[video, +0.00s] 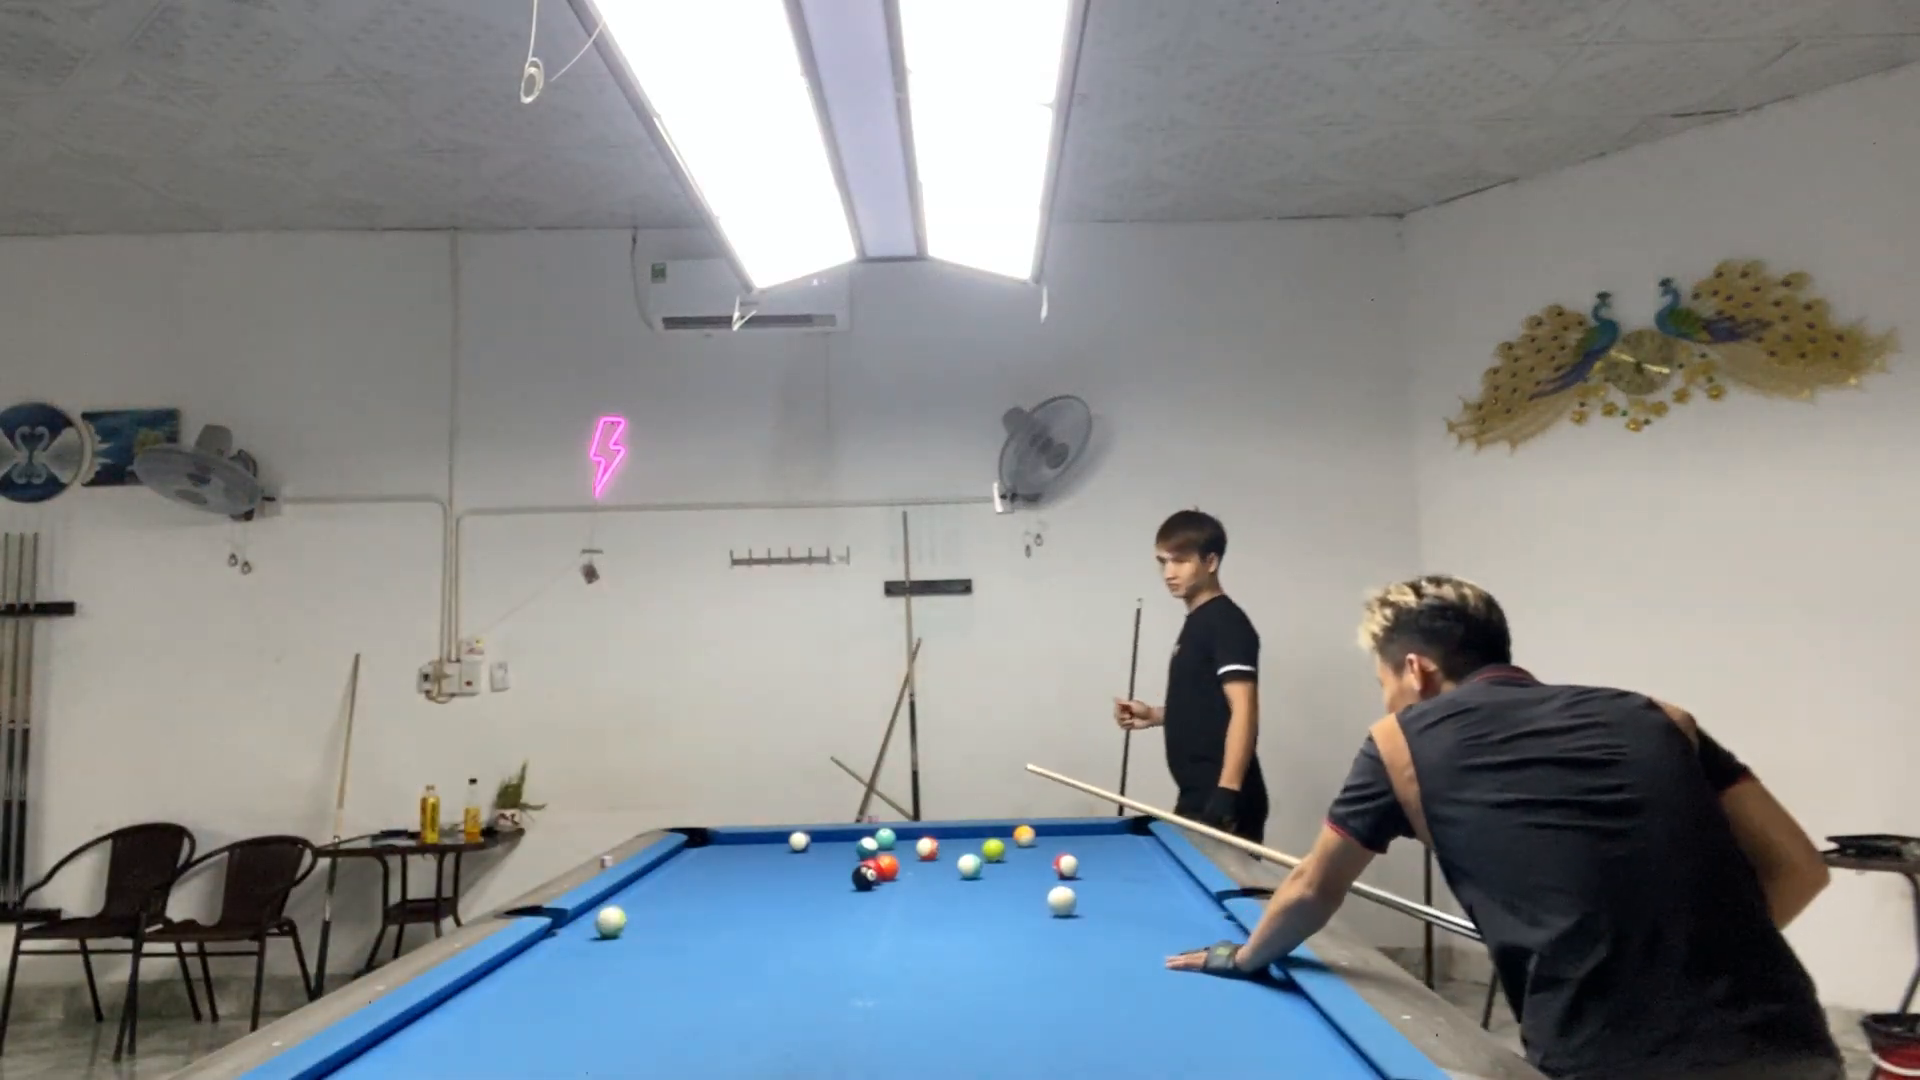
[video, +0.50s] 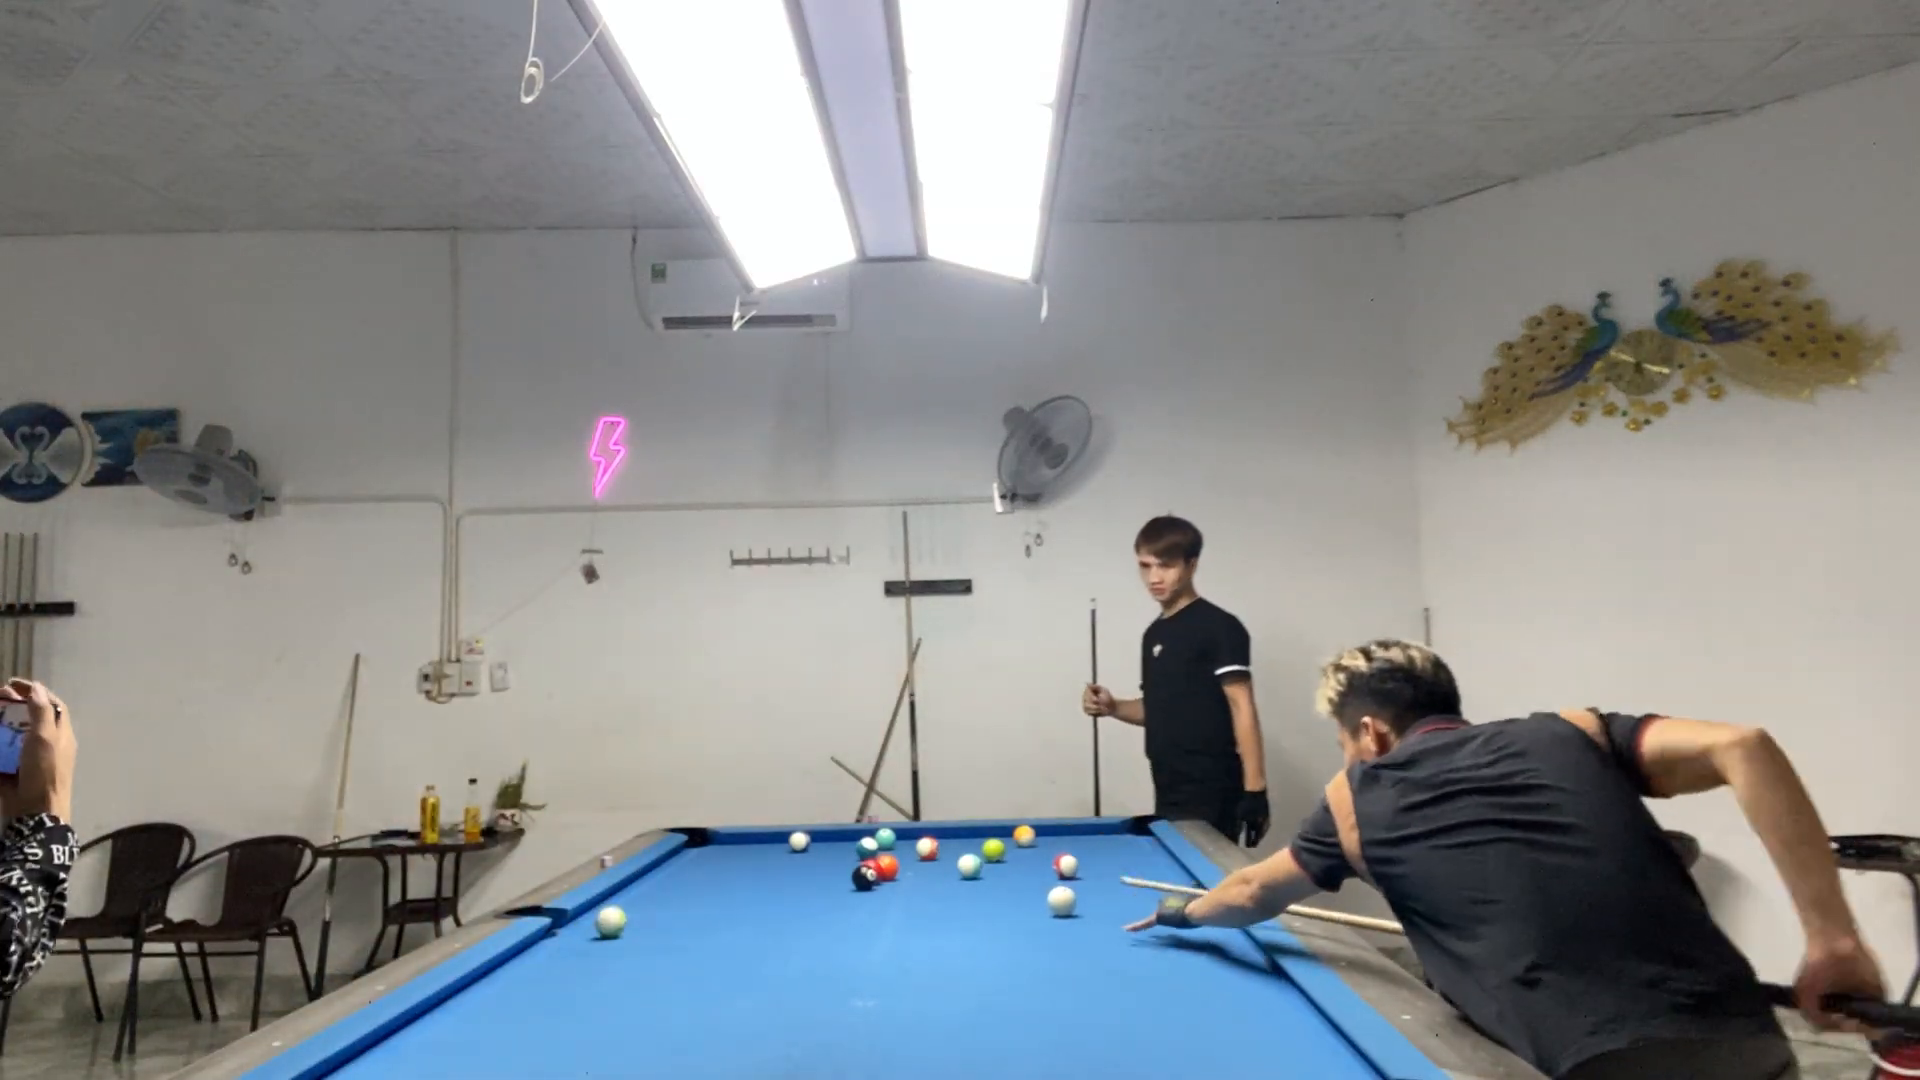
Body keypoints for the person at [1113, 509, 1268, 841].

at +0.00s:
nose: (1168, 572)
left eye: (1180, 560)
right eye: (1163, 561)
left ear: (1211, 561)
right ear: (1158, 561)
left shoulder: (1226, 623)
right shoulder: (1196, 622)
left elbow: (1244, 712)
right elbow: (1203, 705)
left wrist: (1227, 792)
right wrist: (1154, 715)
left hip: (1225, 796)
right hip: (1197, 792)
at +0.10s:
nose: (1166, 573)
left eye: (1178, 562)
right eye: (1160, 563)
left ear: (1208, 562)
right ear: (1154, 562)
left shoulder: (1227, 626)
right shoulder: (1185, 626)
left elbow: (1242, 711)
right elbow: (1191, 711)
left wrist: (1226, 789)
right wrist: (1141, 715)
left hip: (1221, 795)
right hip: (1189, 793)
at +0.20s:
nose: (1163, 573)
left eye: (1175, 563)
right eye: (1156, 563)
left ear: (1203, 564)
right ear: (1150, 563)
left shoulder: (1225, 627)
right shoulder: (1174, 628)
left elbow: (1243, 709)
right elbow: (1181, 710)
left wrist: (1231, 788)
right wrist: (1130, 711)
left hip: (1219, 794)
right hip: (1184, 791)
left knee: (1225, 899)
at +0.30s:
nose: (1158, 575)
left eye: (1170, 564)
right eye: (1151, 564)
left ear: (1197, 564)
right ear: (1144, 565)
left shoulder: (1222, 628)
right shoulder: (1164, 633)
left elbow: (1240, 711)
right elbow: (1171, 710)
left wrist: (1238, 790)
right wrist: (1121, 707)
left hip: (1213, 794)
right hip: (1178, 792)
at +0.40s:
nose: (1155, 576)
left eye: (1167, 564)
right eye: (1147, 565)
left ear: (1193, 564)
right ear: (1140, 567)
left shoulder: (1221, 628)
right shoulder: (1158, 634)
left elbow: (1239, 708)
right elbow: (1159, 710)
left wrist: (1246, 790)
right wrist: (1115, 705)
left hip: (1212, 796)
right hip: (1174, 793)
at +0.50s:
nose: (1154, 577)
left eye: (1165, 565)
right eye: (1146, 566)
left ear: (1191, 564)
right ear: (1138, 567)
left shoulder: (1221, 628)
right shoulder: (1154, 635)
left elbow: (1242, 708)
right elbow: (1160, 711)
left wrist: (1255, 789)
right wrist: (1114, 707)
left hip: (1212, 795)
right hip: (1170, 794)